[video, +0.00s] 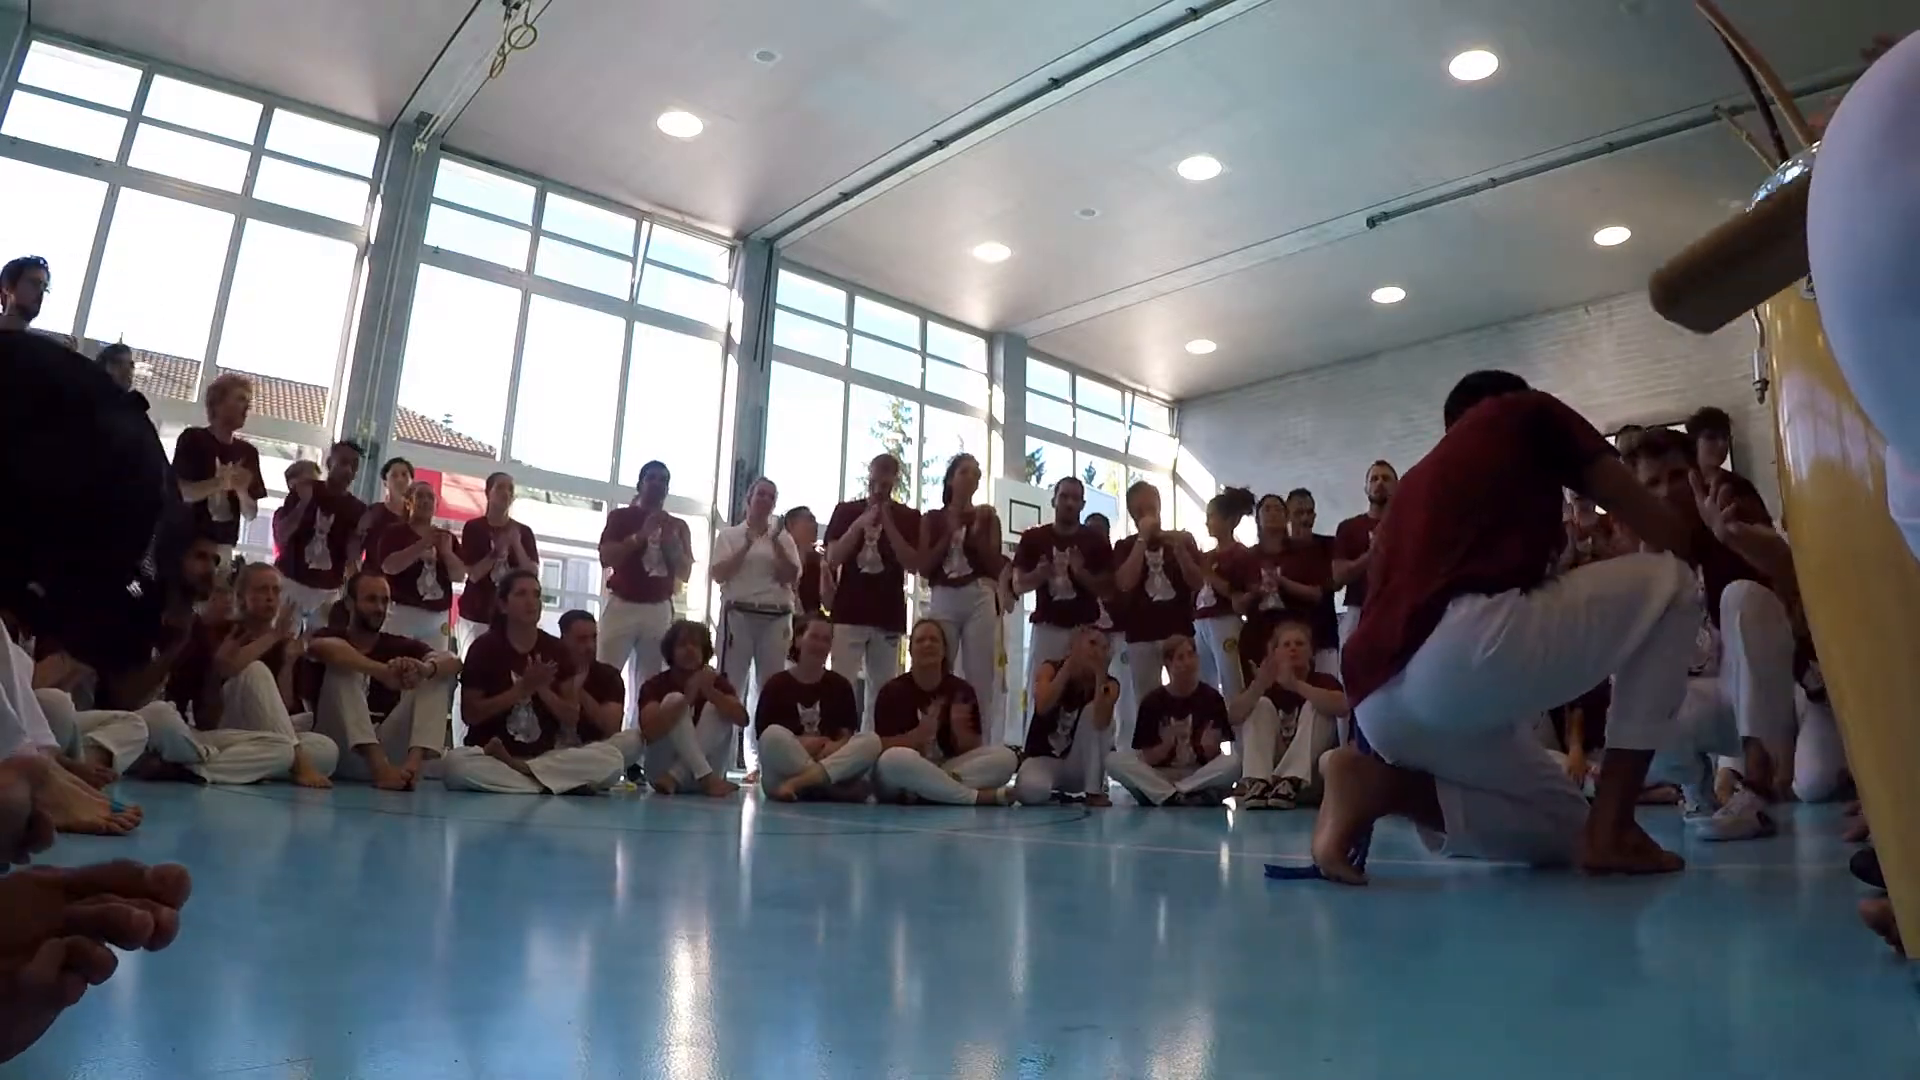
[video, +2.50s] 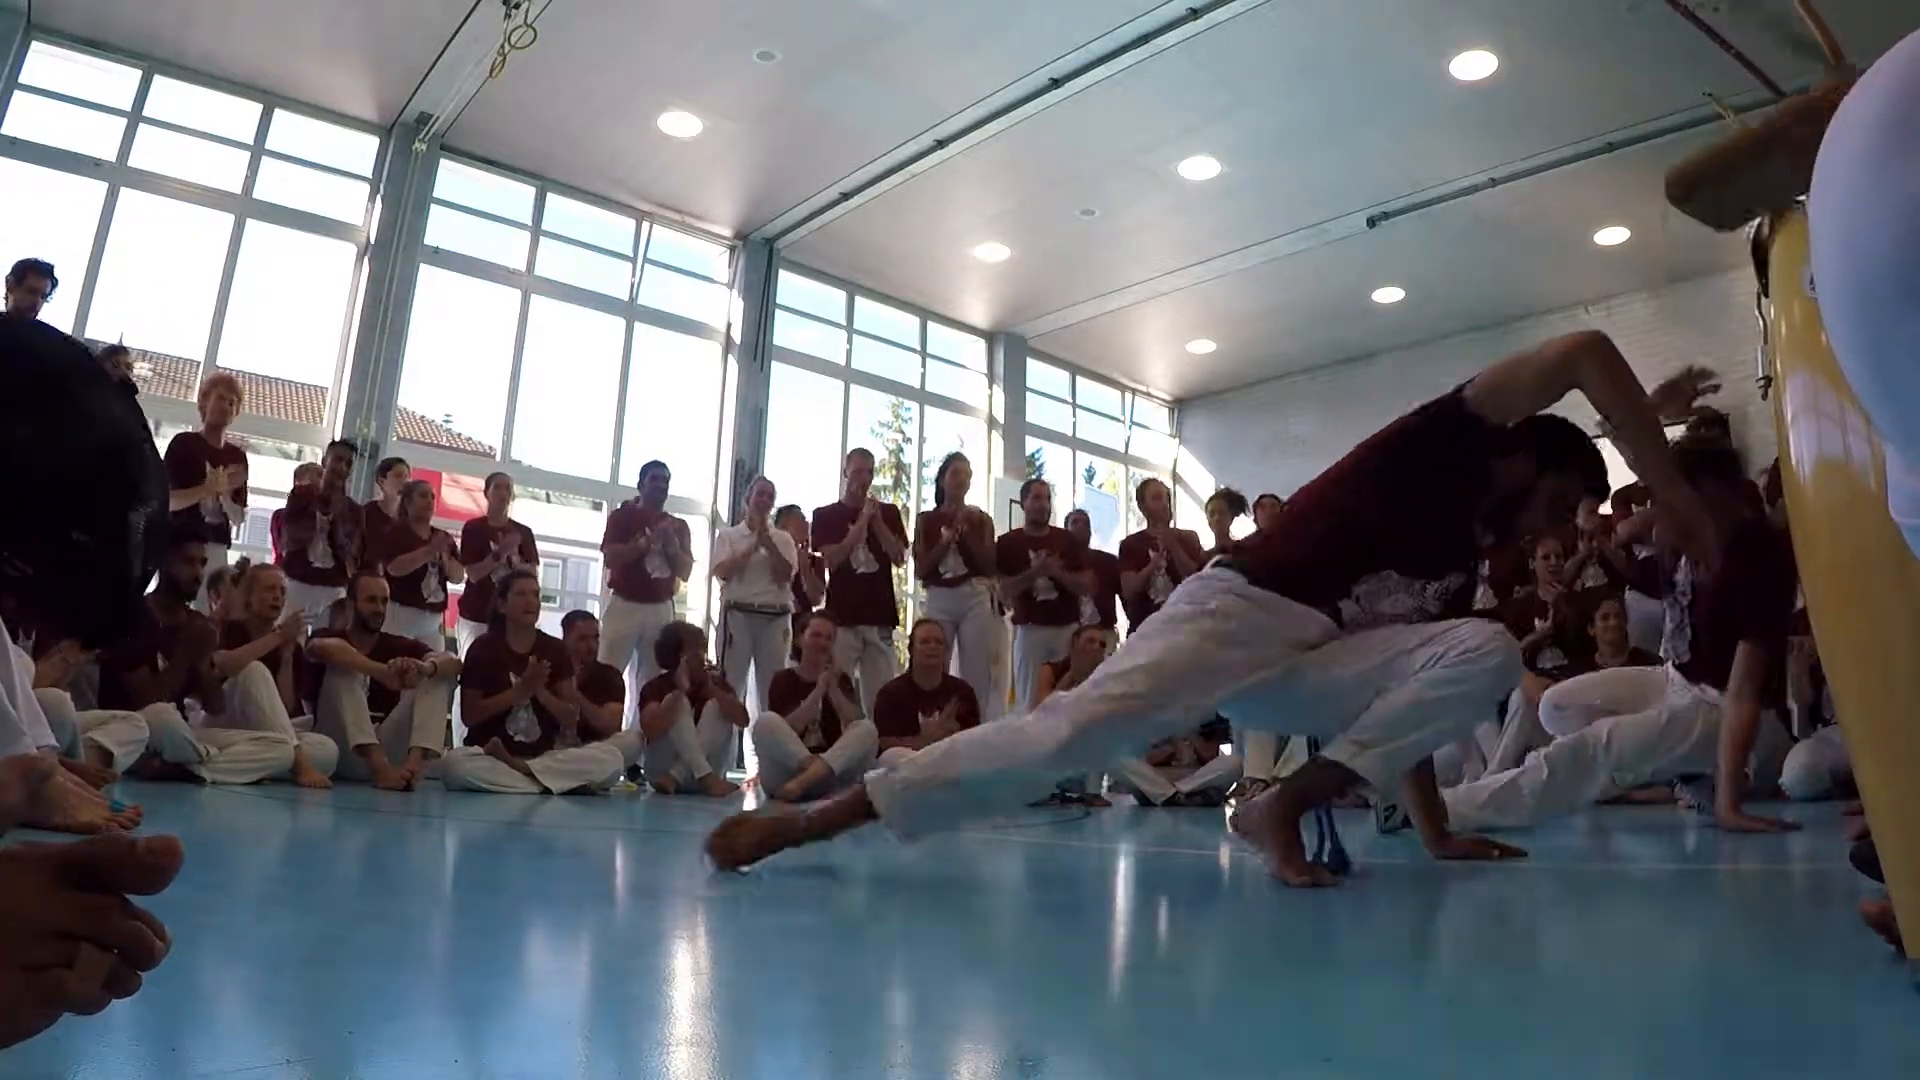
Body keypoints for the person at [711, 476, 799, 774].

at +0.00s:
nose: (763, 499)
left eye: (769, 496)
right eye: (759, 494)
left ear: (775, 503)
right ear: (748, 497)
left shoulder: (783, 537)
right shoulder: (729, 534)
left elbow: (791, 576)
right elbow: (718, 574)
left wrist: (777, 547)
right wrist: (746, 546)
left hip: (776, 617)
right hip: (737, 615)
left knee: (772, 688)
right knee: (731, 686)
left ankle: (769, 757)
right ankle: (726, 757)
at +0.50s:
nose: (763, 499)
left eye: (768, 496)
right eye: (759, 494)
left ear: (775, 503)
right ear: (748, 498)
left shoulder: (783, 538)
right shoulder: (729, 534)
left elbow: (790, 580)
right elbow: (718, 576)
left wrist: (788, 543)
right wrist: (733, 542)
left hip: (776, 617)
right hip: (738, 615)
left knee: (773, 689)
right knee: (730, 688)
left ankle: (769, 757)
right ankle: (723, 758)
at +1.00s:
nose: (762, 499)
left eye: (768, 496)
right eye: (758, 494)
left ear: (775, 503)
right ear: (747, 497)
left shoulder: (785, 539)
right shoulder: (729, 534)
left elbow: (784, 578)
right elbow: (723, 574)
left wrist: (768, 543)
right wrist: (755, 548)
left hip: (776, 618)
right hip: (737, 616)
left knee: (773, 690)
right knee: (730, 688)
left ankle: (769, 760)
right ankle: (723, 759)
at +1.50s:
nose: (764, 500)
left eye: (769, 496)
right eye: (759, 494)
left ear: (775, 502)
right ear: (747, 498)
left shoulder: (784, 538)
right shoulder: (730, 534)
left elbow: (785, 578)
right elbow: (721, 573)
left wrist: (776, 542)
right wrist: (748, 547)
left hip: (776, 618)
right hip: (737, 616)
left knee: (773, 693)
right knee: (732, 691)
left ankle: (770, 761)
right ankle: (728, 760)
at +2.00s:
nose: (765, 500)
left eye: (770, 496)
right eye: (761, 494)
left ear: (775, 502)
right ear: (748, 497)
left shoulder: (783, 535)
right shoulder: (731, 532)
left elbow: (785, 577)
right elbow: (722, 573)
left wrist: (785, 543)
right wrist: (733, 540)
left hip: (775, 616)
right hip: (737, 614)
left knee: (772, 690)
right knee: (731, 689)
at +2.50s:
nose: (764, 499)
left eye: (769, 496)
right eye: (759, 493)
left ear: (773, 502)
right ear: (747, 497)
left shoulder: (784, 538)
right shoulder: (728, 535)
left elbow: (785, 576)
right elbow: (722, 571)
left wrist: (770, 546)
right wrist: (752, 545)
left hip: (775, 618)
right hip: (736, 616)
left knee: (771, 690)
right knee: (731, 687)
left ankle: (769, 746)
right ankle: (727, 746)